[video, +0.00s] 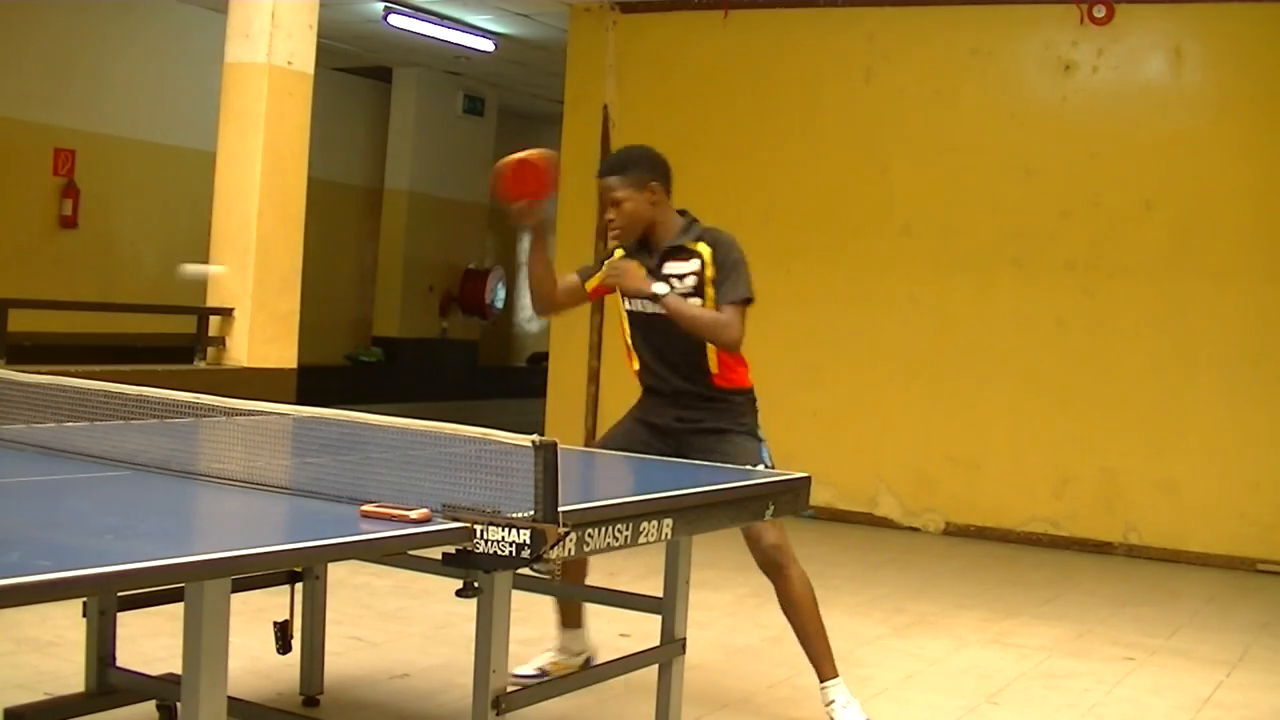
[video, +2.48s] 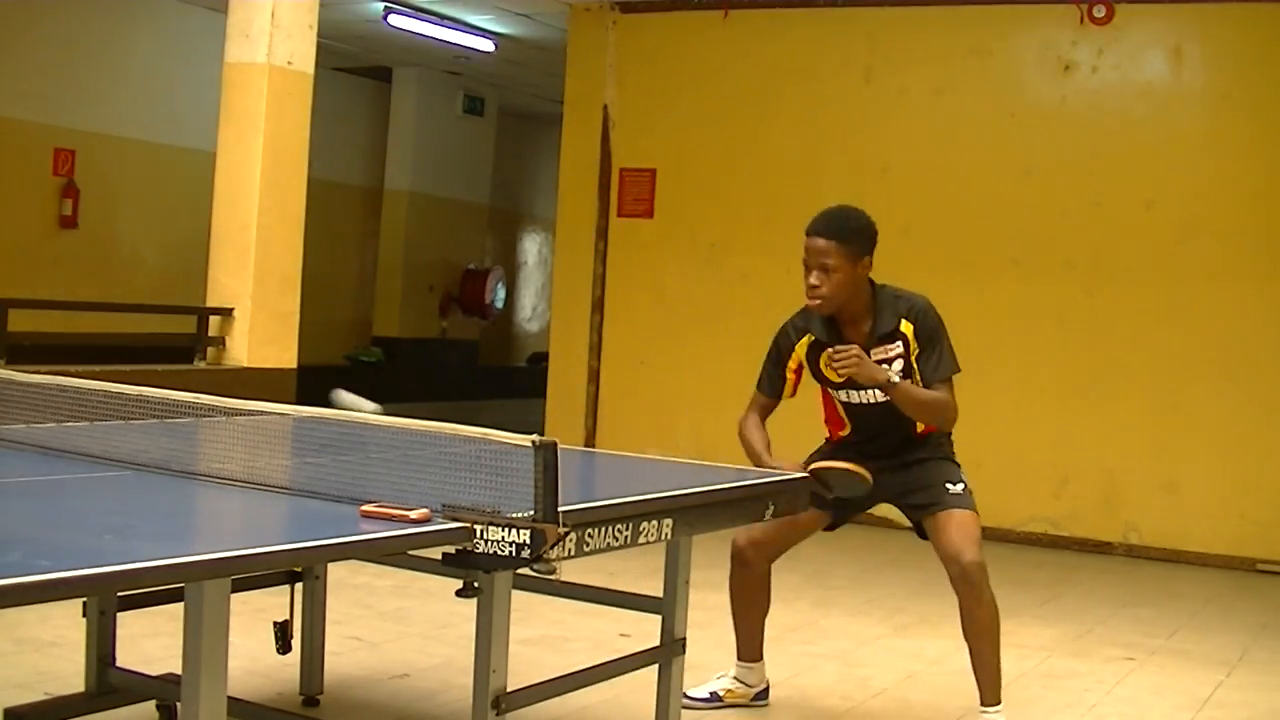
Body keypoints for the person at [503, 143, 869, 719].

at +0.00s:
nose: (607, 216)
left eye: (615, 203)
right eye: (604, 205)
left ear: (653, 196)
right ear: (638, 201)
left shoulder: (716, 248)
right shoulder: (628, 257)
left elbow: (730, 333)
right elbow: (548, 300)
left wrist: (651, 288)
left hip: (723, 424)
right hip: (654, 418)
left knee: (770, 548)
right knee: (564, 506)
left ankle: (835, 693)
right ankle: (570, 648)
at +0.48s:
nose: (768, 259)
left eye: (782, 248)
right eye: (764, 246)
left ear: (817, 247)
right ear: (760, 245)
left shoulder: (866, 299)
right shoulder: (752, 318)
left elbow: (893, 392)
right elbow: (721, 410)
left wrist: (839, 351)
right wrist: (738, 440)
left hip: (873, 447)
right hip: (797, 447)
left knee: (929, 551)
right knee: (703, 542)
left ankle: (966, 700)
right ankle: (703, 667)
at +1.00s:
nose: (783, 236)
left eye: (797, 225)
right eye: (780, 224)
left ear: (834, 228)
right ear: (777, 224)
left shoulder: (878, 285)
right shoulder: (765, 286)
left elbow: (921, 375)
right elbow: (673, 328)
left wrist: (885, 305)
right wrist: (623, 270)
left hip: (865, 446)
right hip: (787, 445)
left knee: (937, 550)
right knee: (698, 547)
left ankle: (950, 703)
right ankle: (684, 660)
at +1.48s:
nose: (598, 281)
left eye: (607, 267)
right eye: (596, 269)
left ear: (645, 262)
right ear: (641, 266)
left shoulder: (666, 301)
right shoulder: (670, 293)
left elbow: (684, 386)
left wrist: (602, 407)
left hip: (775, 438)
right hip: (725, 437)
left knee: (792, 583)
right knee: (628, 504)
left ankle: (899, 694)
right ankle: (628, 650)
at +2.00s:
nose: (734, 220)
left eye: (744, 209)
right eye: (729, 209)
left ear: (782, 205)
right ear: (725, 210)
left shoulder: (823, 279)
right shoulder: (718, 270)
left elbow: (838, 364)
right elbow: (662, 324)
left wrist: (786, 294)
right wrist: (699, 252)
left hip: (802, 442)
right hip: (723, 437)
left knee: (871, 549)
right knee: (636, 536)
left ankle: (900, 696)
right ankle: (621, 657)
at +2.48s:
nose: (812, 282)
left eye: (825, 270)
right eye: (807, 268)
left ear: (863, 267)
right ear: (802, 264)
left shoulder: (914, 315)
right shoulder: (800, 333)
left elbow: (946, 414)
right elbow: (752, 418)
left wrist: (881, 378)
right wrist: (768, 464)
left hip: (922, 453)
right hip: (847, 455)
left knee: (968, 563)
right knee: (749, 548)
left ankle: (992, 708)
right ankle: (749, 678)